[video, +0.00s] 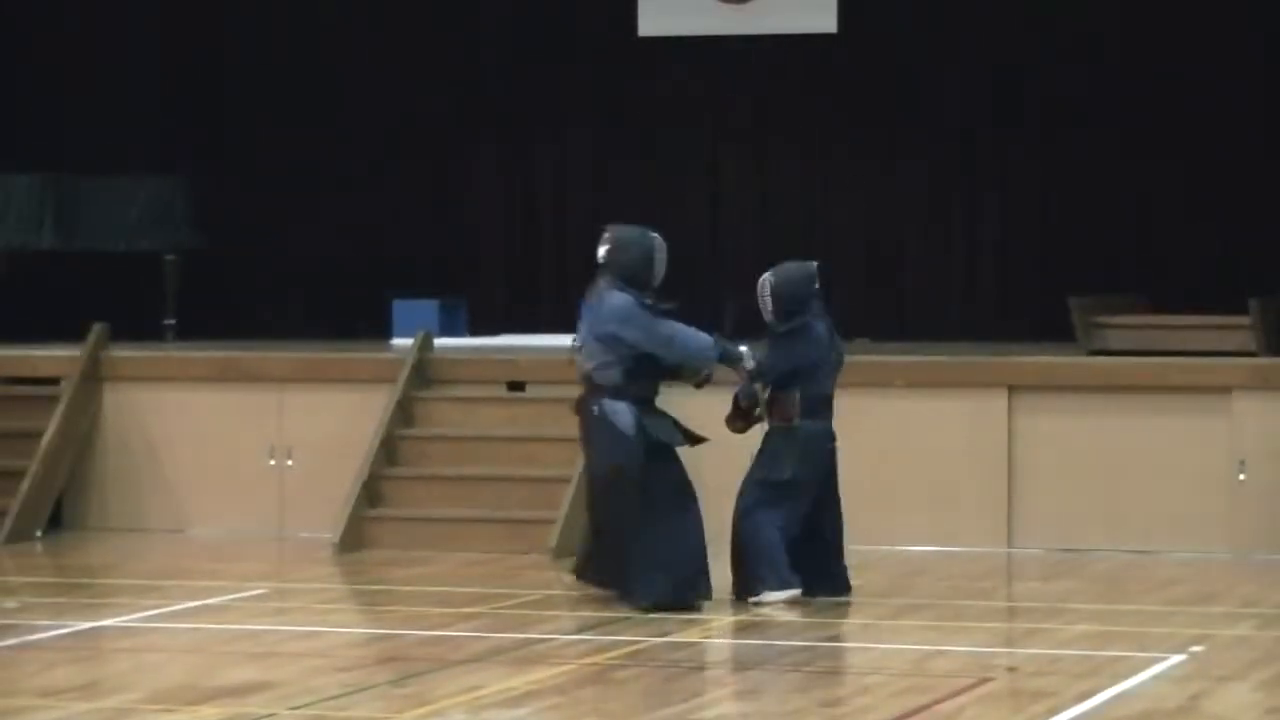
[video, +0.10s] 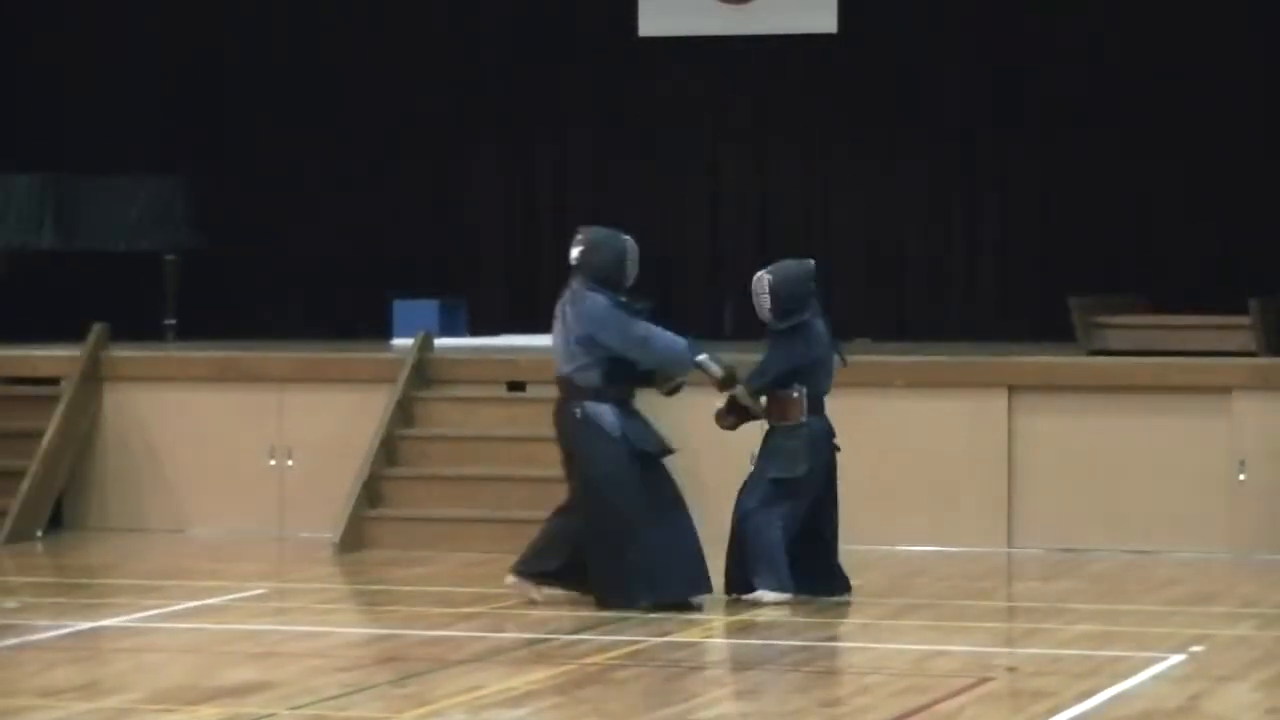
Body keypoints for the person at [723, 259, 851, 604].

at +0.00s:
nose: (766, 305)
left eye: (770, 298)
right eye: (766, 298)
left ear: (784, 299)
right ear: (806, 295)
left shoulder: (795, 338)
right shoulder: (823, 333)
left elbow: (763, 375)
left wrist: (745, 401)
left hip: (791, 437)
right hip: (818, 437)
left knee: (755, 507)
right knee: (815, 510)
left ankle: (775, 584)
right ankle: (827, 582)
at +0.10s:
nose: (763, 303)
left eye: (767, 297)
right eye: (763, 296)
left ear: (782, 299)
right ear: (800, 296)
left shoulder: (796, 337)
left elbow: (760, 381)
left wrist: (738, 399)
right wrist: (749, 406)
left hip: (795, 436)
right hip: (811, 432)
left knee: (757, 505)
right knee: (806, 511)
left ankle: (772, 585)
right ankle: (821, 580)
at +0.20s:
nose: (756, 299)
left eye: (761, 292)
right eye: (757, 291)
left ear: (776, 294)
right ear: (792, 292)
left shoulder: (798, 334)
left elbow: (760, 380)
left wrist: (730, 384)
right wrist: (724, 399)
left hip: (793, 433)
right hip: (793, 431)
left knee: (764, 507)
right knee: (804, 509)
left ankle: (767, 587)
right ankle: (820, 577)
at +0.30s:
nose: (744, 292)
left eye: (749, 285)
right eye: (745, 285)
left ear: (765, 286)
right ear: (778, 285)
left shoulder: (791, 326)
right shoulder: (776, 323)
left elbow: (762, 369)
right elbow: (759, 370)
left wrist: (727, 374)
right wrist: (716, 373)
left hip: (784, 429)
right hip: (777, 427)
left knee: (766, 506)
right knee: (804, 500)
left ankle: (768, 588)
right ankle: (816, 569)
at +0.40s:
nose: (734, 287)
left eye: (739, 279)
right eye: (734, 280)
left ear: (757, 281)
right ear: (765, 281)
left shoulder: (782, 324)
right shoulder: (758, 323)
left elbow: (747, 368)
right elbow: (735, 368)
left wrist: (704, 356)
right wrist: (698, 354)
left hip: (777, 430)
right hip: (756, 428)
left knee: (772, 507)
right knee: (752, 508)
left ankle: (779, 589)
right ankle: (765, 587)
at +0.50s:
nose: (723, 286)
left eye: (727, 278)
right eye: (723, 278)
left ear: (745, 280)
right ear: (754, 280)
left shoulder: (769, 322)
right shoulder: (748, 318)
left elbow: (734, 369)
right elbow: (728, 359)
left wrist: (696, 361)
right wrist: (694, 343)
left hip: (763, 430)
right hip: (743, 426)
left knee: (758, 509)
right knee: (743, 508)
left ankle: (767, 593)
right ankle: (750, 591)